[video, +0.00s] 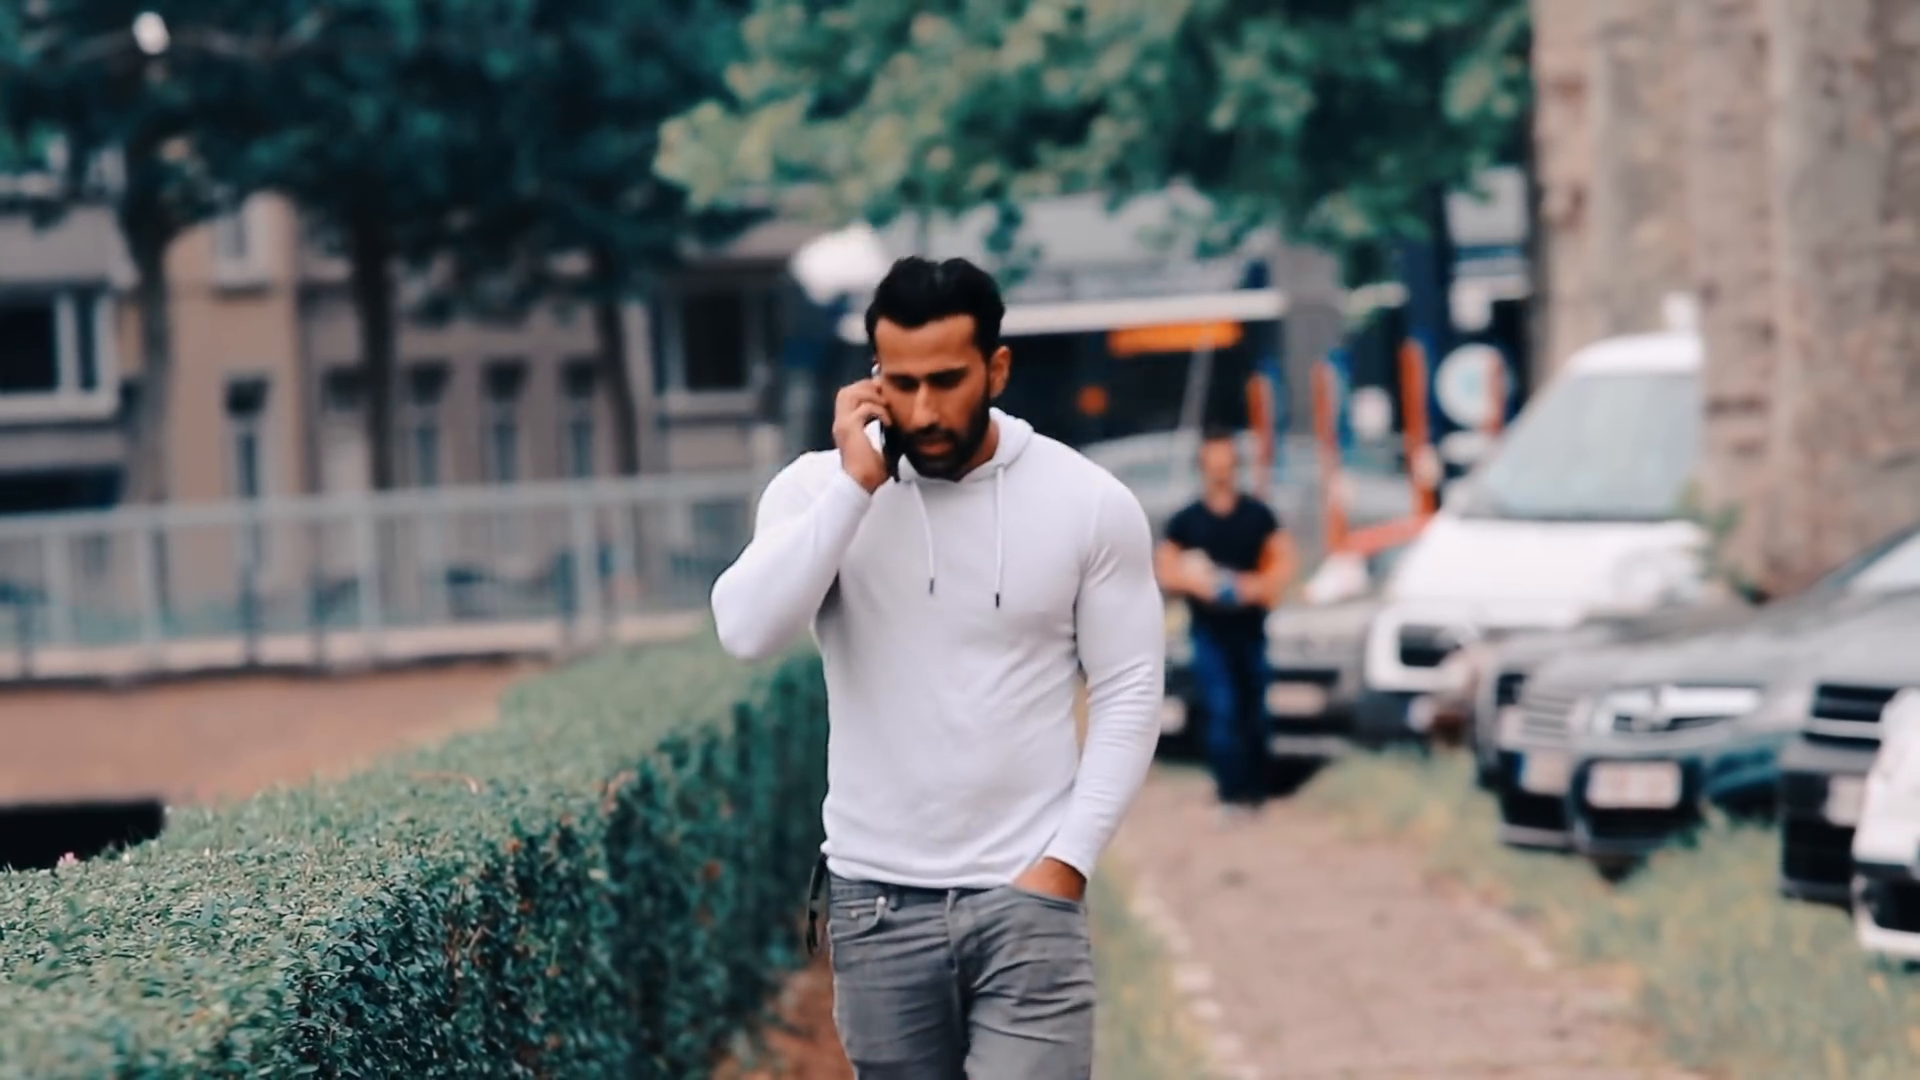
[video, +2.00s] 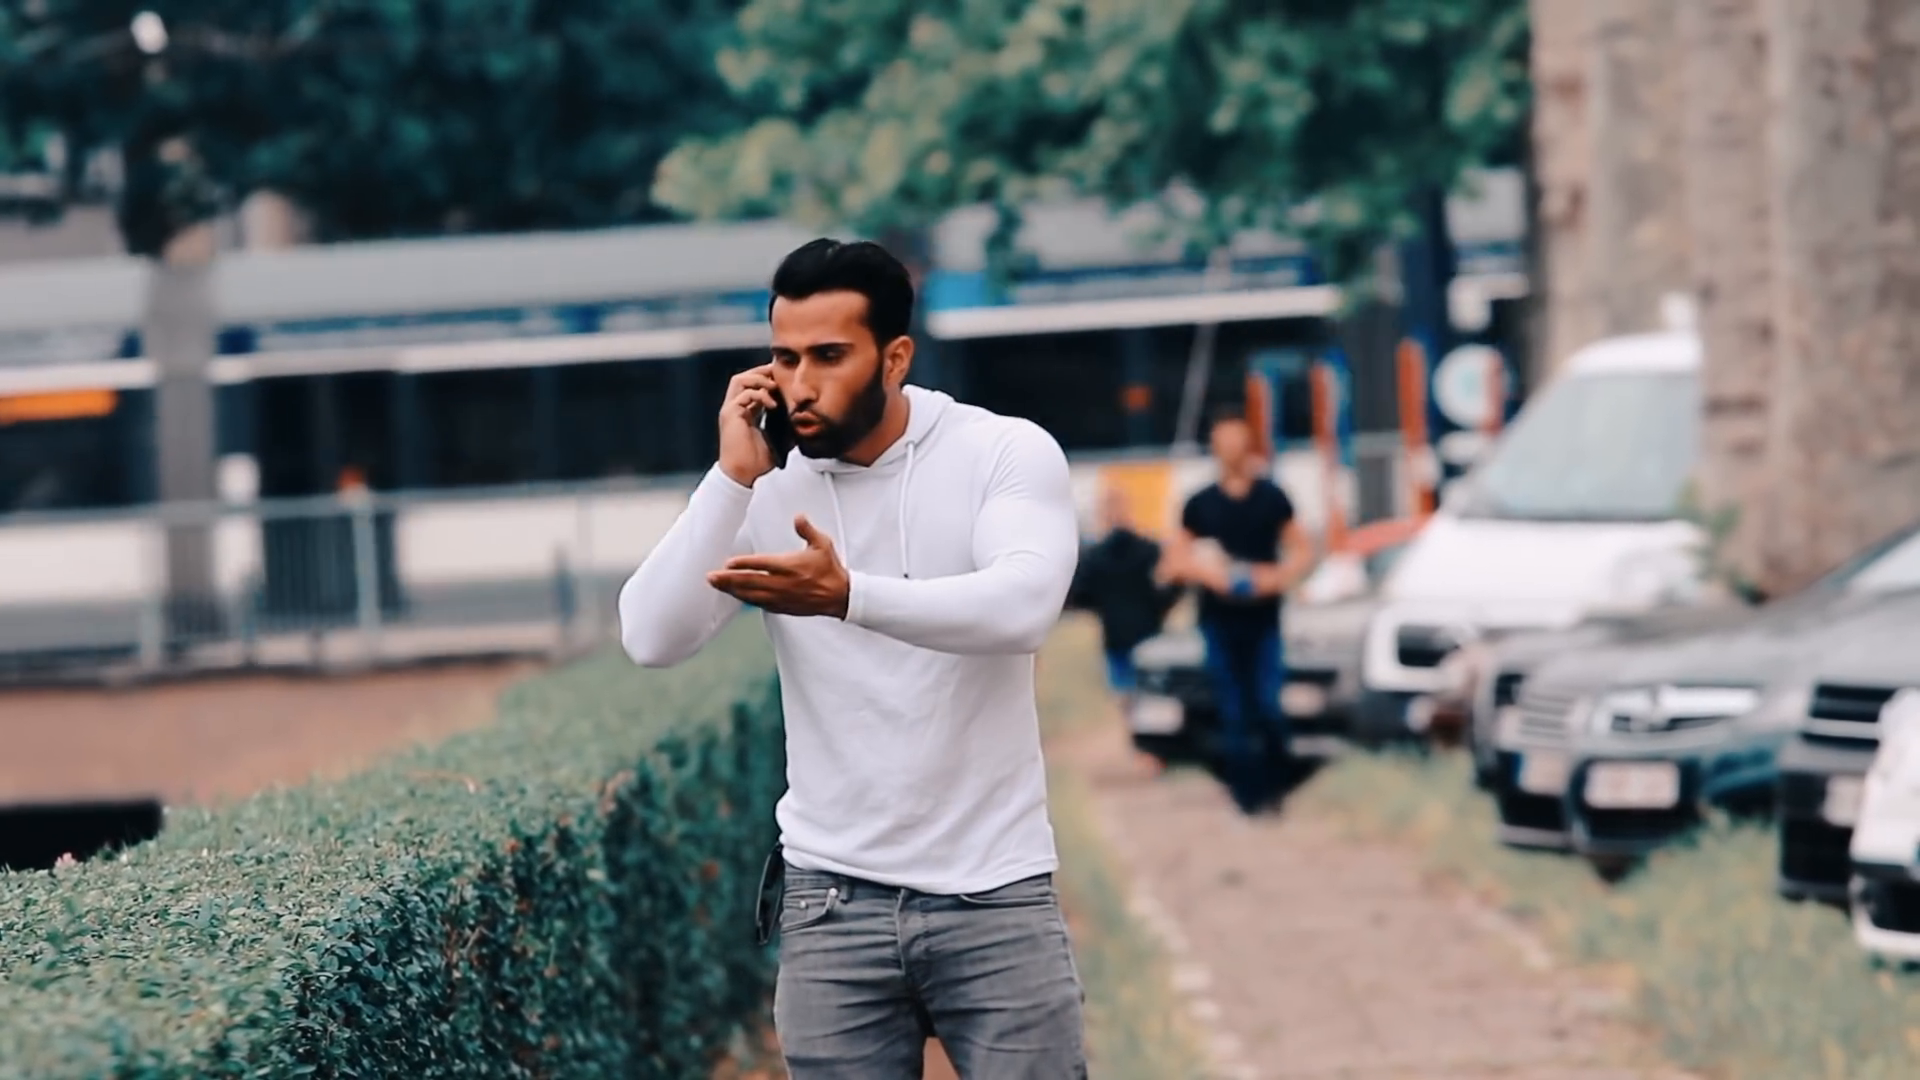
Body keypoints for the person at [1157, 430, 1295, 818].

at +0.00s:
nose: (1221, 471)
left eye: (1227, 463)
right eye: (1214, 463)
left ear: (1236, 465)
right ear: (1202, 466)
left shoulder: (1257, 515)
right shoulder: (1187, 521)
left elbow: (1283, 559)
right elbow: (1166, 569)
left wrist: (1259, 586)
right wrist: (1200, 582)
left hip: (1249, 622)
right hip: (1209, 624)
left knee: (1252, 704)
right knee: (1222, 705)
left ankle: (1255, 787)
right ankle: (1231, 790)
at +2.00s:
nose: (1231, 452)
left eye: (1237, 444)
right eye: (1224, 445)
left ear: (1250, 446)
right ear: (1213, 448)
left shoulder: (1270, 497)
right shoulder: (1200, 504)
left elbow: (1302, 550)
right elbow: (1178, 560)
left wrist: (1276, 578)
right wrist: (1211, 575)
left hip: (1262, 613)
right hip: (1219, 615)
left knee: (1266, 702)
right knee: (1232, 706)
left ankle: (1273, 785)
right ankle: (1246, 789)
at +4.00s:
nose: (1202, 436)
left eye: (1210, 428)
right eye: (1195, 428)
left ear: (1223, 429)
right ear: (1185, 429)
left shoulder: (1245, 480)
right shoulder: (1171, 479)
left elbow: (1271, 539)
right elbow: (1144, 538)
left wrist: (1246, 565)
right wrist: (1185, 558)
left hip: (1236, 602)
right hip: (1190, 603)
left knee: (1240, 692)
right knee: (1197, 697)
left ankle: (1239, 786)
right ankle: (1212, 789)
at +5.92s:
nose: (1218, 432)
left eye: (1226, 423)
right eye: (1210, 424)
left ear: (1242, 425)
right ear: (1200, 426)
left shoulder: (1264, 481)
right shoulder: (1182, 487)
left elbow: (1294, 543)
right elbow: (1152, 550)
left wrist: (1265, 572)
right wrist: (1191, 563)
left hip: (1251, 620)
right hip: (1202, 623)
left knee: (1255, 712)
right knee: (1211, 722)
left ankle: (1259, 808)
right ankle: (1227, 817)